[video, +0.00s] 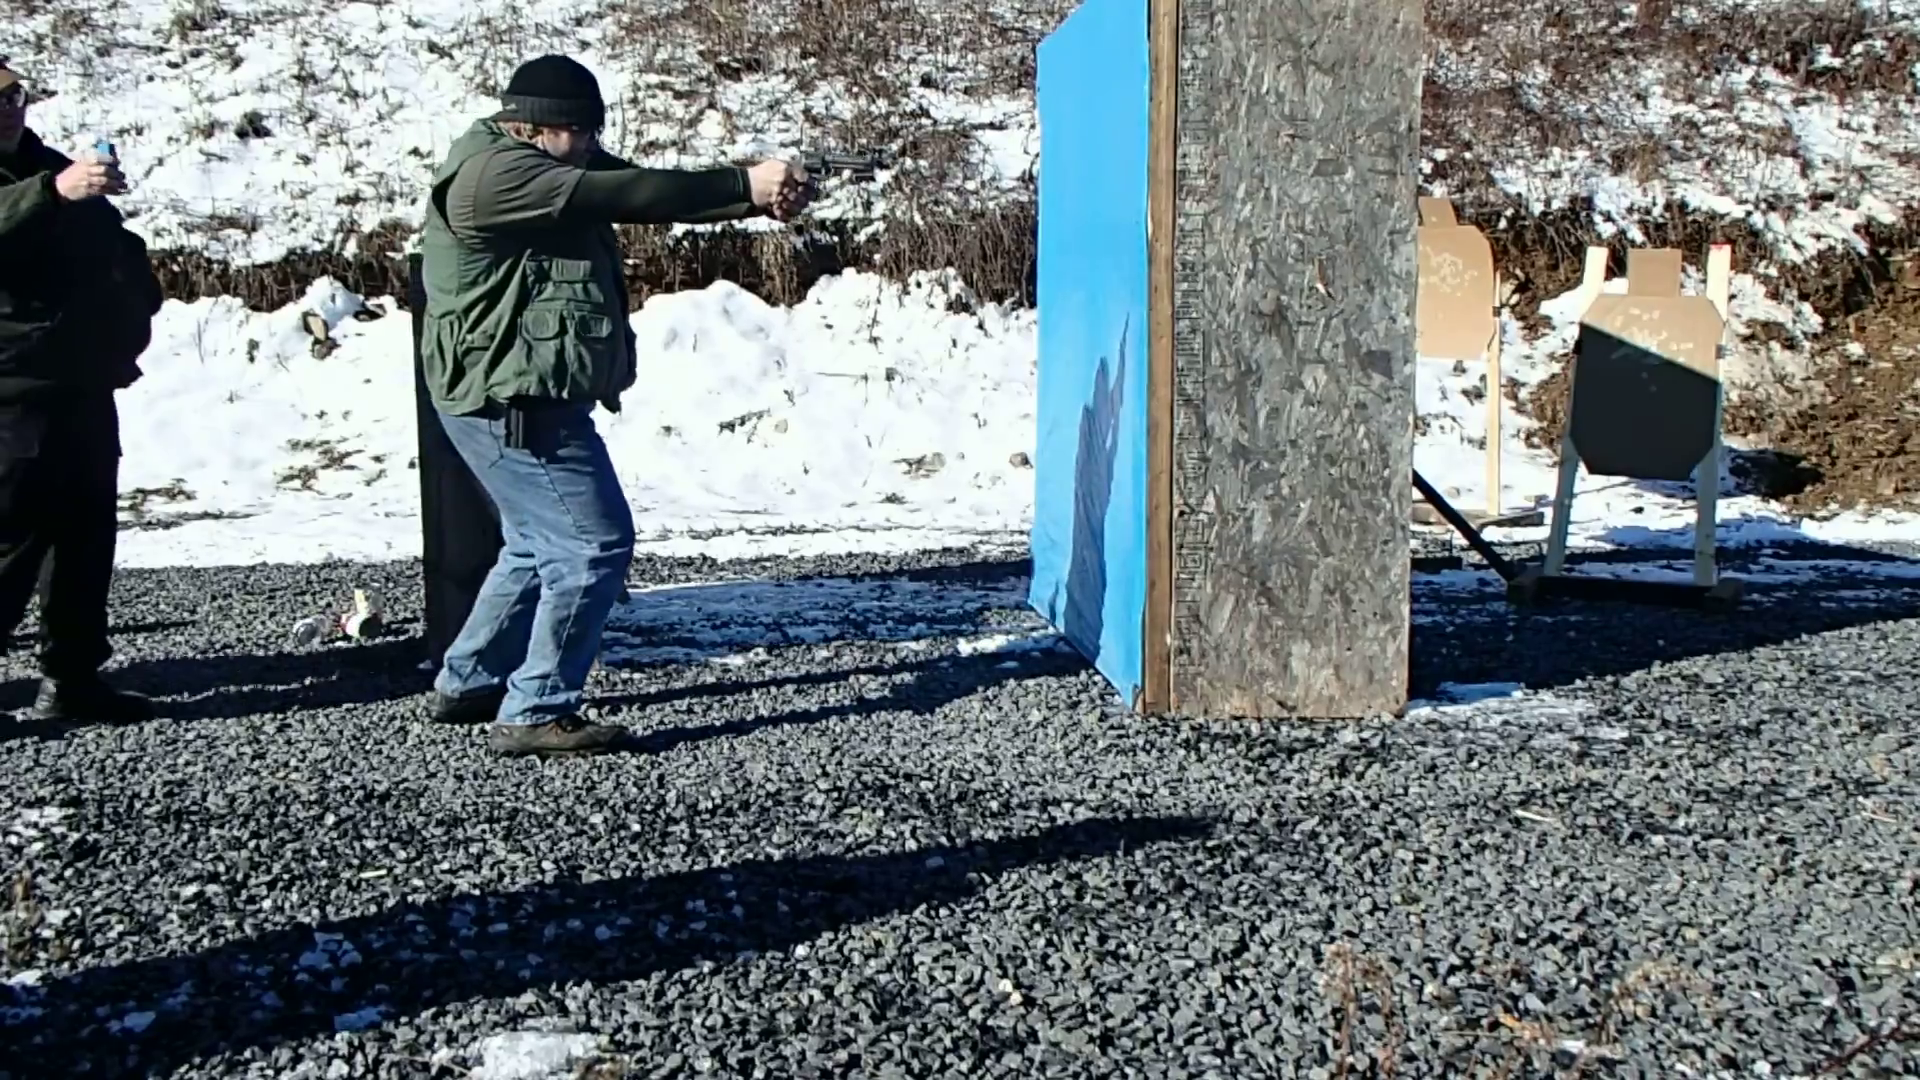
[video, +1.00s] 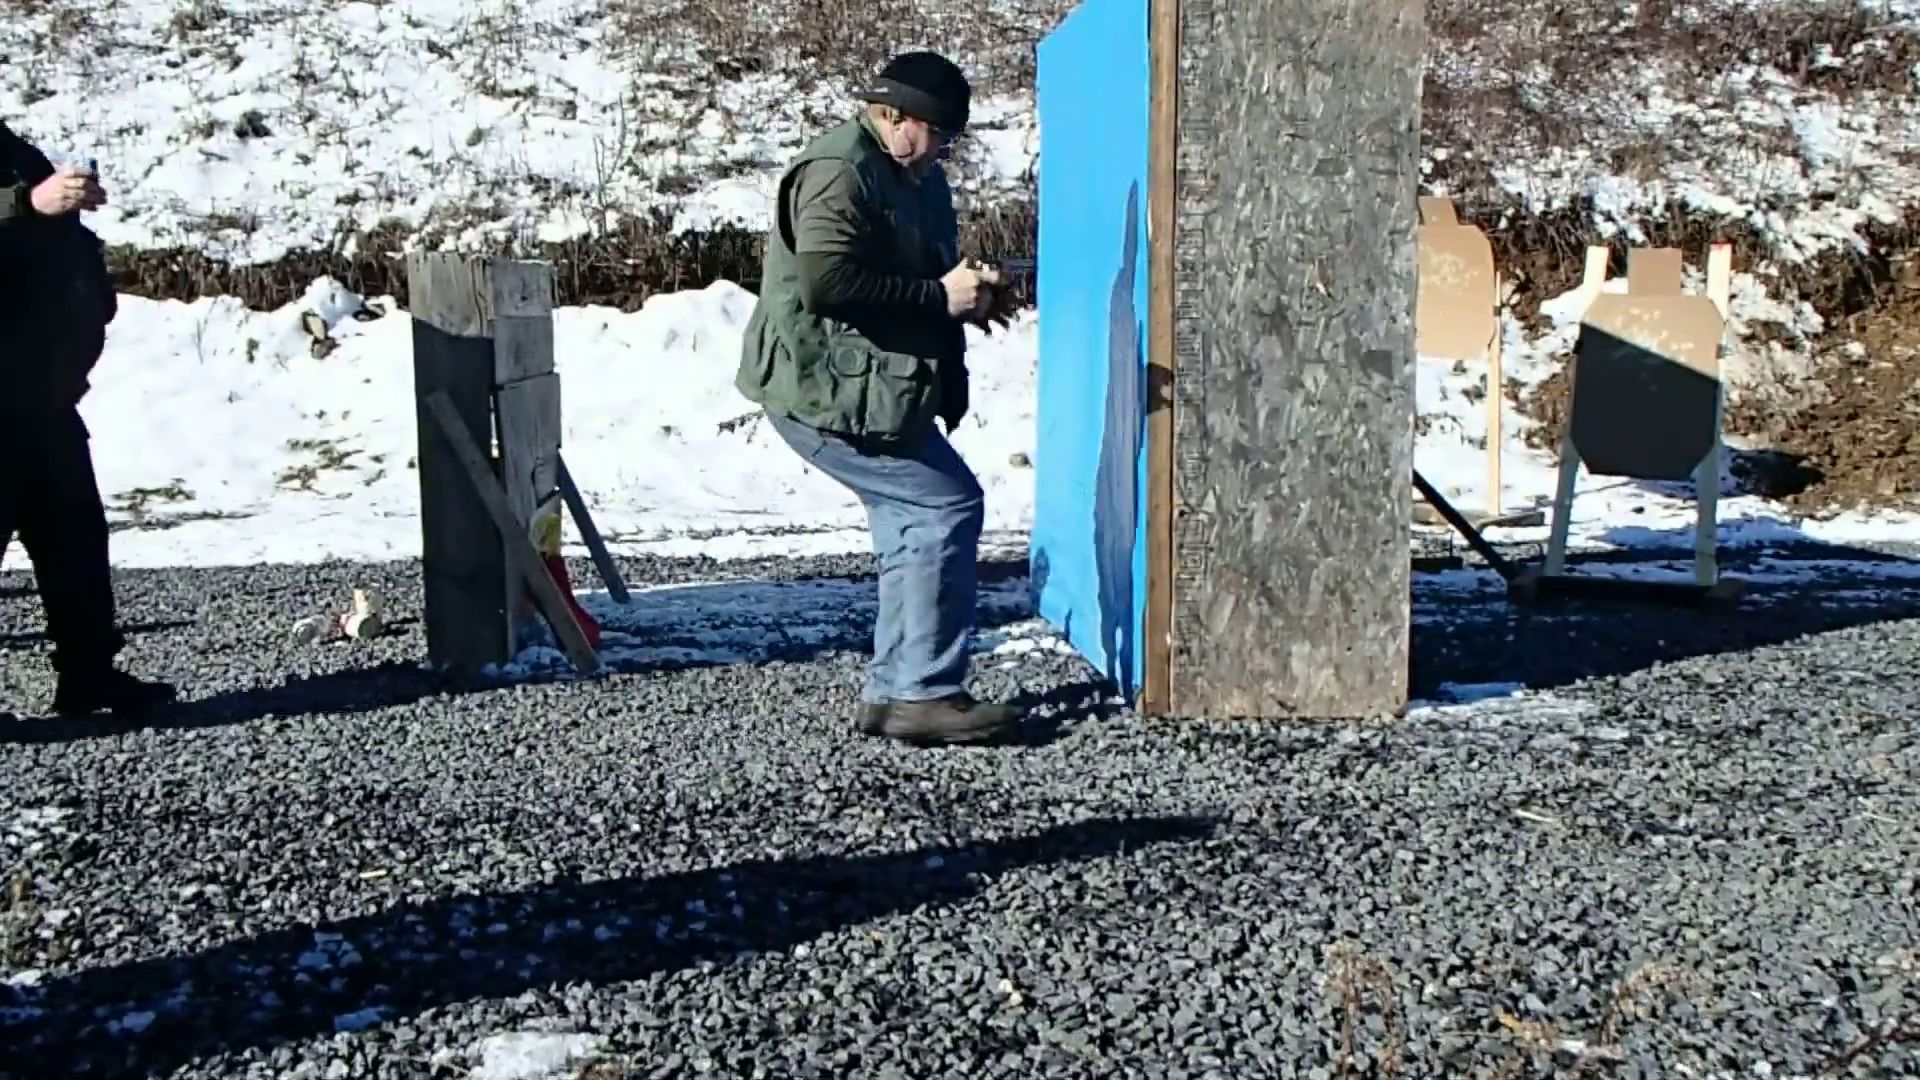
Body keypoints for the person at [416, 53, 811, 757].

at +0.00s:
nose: (594, 146)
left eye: (592, 131)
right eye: (584, 132)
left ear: (538, 125)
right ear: (543, 126)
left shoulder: (520, 165)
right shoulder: (498, 176)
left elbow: (636, 186)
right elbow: (625, 193)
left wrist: (747, 189)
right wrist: (748, 184)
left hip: (504, 395)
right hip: (513, 400)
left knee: (535, 544)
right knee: (596, 544)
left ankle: (466, 681)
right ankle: (538, 711)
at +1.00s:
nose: (941, 146)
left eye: (947, 133)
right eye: (936, 130)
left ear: (928, 125)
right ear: (896, 115)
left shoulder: (923, 181)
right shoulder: (838, 170)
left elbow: (927, 285)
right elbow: (827, 282)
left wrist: (965, 297)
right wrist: (939, 296)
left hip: (871, 386)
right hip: (818, 389)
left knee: (913, 516)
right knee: (947, 502)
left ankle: (892, 686)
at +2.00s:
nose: (1117, 106)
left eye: (1122, 92)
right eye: (1115, 87)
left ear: (1061, 62)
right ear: (1078, 67)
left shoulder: (1037, 111)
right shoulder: (1031, 107)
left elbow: (1116, 233)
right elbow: (1021, 227)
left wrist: (1149, 287)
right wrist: (1124, 288)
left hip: (1020, 368)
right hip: (1052, 371)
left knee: (1037, 523)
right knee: (1095, 542)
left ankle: (951, 668)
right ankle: (1013, 713)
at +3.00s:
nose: (1150, 107)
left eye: (1157, 95)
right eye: (1151, 89)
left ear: (1090, 59)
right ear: (1120, 69)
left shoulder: (1041, 102)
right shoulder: (1079, 102)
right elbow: (1071, 223)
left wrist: (1144, 293)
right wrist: (1146, 285)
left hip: (1003, 352)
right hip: (1038, 357)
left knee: (1046, 531)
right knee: (1096, 533)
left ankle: (1022, 701)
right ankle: (1012, 708)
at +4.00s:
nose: (1198, 105)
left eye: (1198, 96)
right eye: (1197, 94)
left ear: (1117, 72)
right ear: (1177, 86)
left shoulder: (1065, 120)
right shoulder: (1160, 130)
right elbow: (1251, 161)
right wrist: (1351, 152)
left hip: (1017, 378)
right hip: (1088, 389)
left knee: (1064, 548)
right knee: (1157, 559)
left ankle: (1023, 706)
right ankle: (1164, 731)